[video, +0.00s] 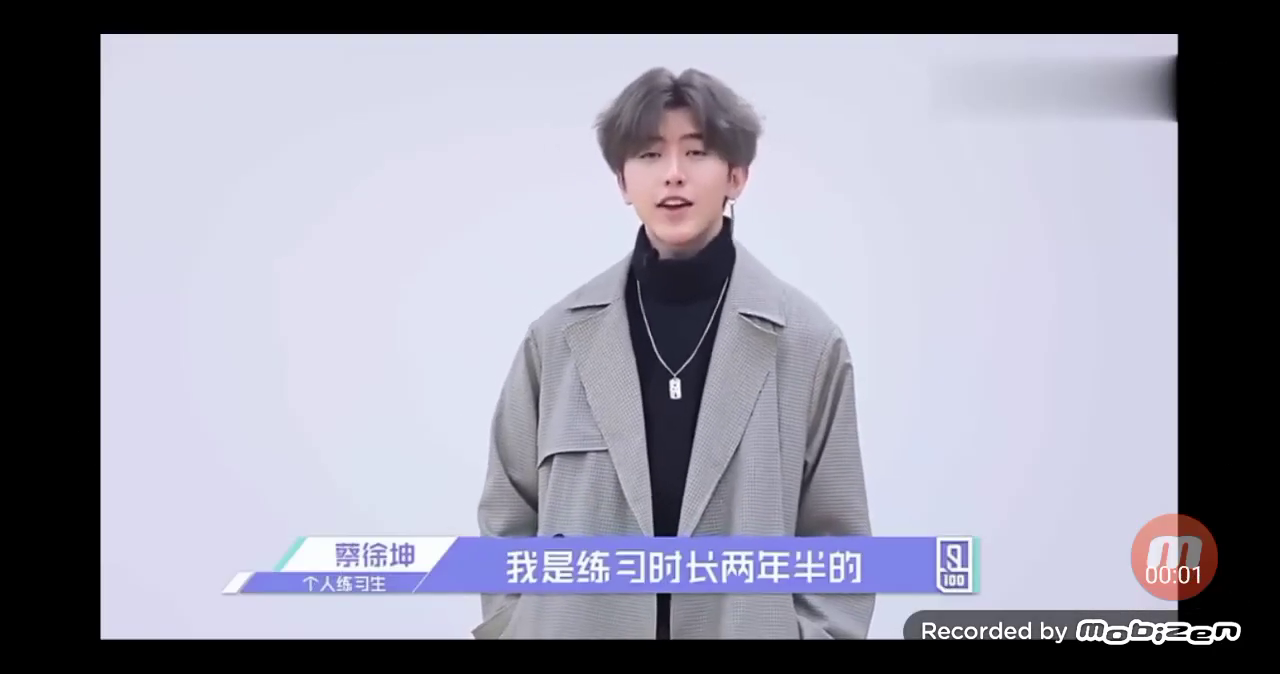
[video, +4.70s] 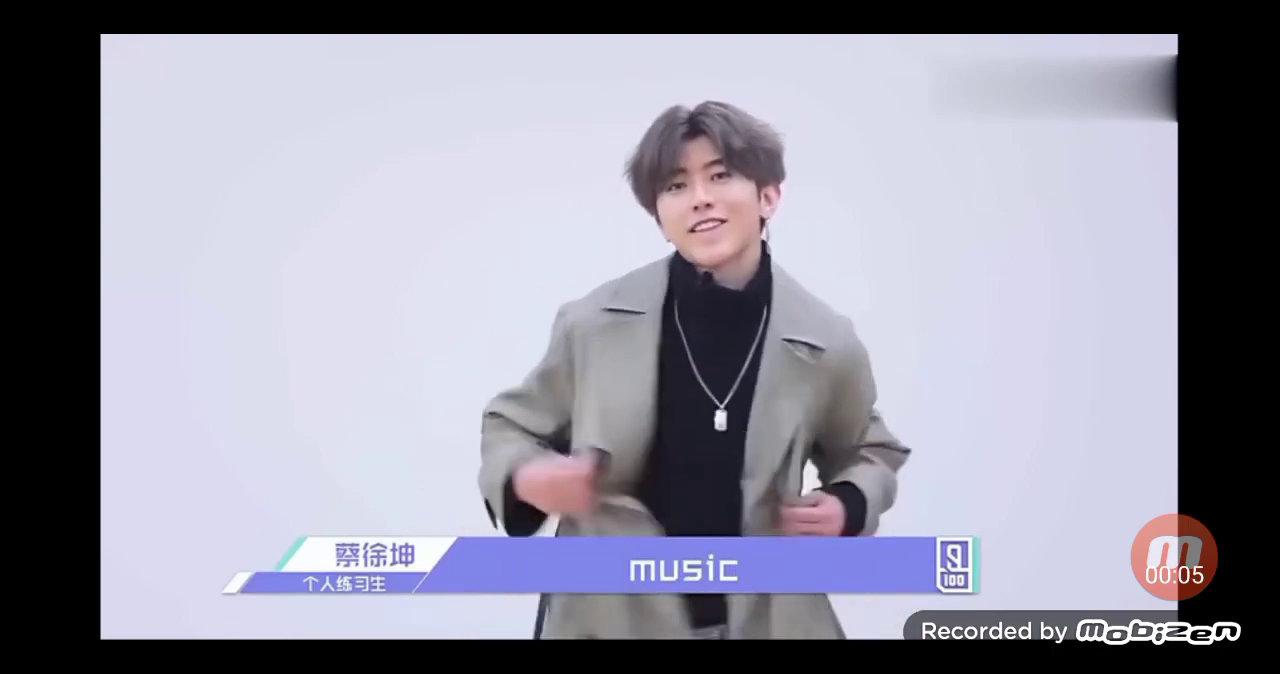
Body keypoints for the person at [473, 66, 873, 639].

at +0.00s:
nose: (673, 175)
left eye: (696, 152)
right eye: (650, 154)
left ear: (735, 178)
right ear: (623, 181)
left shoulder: (809, 342)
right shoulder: (553, 339)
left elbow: (839, 539)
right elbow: (506, 517)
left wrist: (816, 631)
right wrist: (511, 625)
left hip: (745, 629)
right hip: (578, 629)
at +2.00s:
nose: (606, 183)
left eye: (628, 162)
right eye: (582, 162)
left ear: (665, 183)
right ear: (553, 185)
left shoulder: (757, 333)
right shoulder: (497, 356)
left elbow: (800, 530)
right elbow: (462, 536)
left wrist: (784, 631)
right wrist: (480, 627)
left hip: (712, 629)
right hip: (547, 631)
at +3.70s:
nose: (677, 190)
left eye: (697, 163)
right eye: (652, 172)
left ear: (745, 178)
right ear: (633, 198)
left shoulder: (831, 349)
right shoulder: (567, 343)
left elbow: (862, 544)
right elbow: (465, 449)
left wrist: (843, 628)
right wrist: (496, 585)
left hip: (774, 624)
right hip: (605, 625)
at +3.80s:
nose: (698, 195)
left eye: (718, 168)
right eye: (673, 178)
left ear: (764, 181)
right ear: (652, 201)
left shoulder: (850, 358)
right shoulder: (581, 334)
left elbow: (883, 551)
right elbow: (461, 413)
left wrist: (874, 629)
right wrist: (435, 538)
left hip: (784, 631)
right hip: (604, 629)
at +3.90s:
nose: (712, 198)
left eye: (731, 171)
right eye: (688, 182)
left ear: (777, 182)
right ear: (666, 205)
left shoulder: (854, 361)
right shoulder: (595, 336)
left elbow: (889, 554)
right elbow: (523, 474)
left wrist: (876, 627)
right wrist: (481, 459)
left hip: (789, 632)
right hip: (629, 629)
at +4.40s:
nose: (733, 196)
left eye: (752, 171)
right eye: (708, 181)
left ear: (799, 189)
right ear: (687, 206)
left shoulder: (853, 342)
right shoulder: (610, 332)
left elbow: (869, 476)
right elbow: (520, 444)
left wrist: (910, 553)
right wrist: (576, 501)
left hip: (812, 626)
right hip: (651, 622)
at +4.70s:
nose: (700, 198)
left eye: (721, 176)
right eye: (676, 185)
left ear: (768, 196)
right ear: (658, 213)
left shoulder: (824, 340)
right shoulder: (592, 324)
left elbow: (872, 453)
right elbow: (509, 426)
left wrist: (845, 504)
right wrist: (524, 476)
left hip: (765, 617)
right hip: (616, 616)